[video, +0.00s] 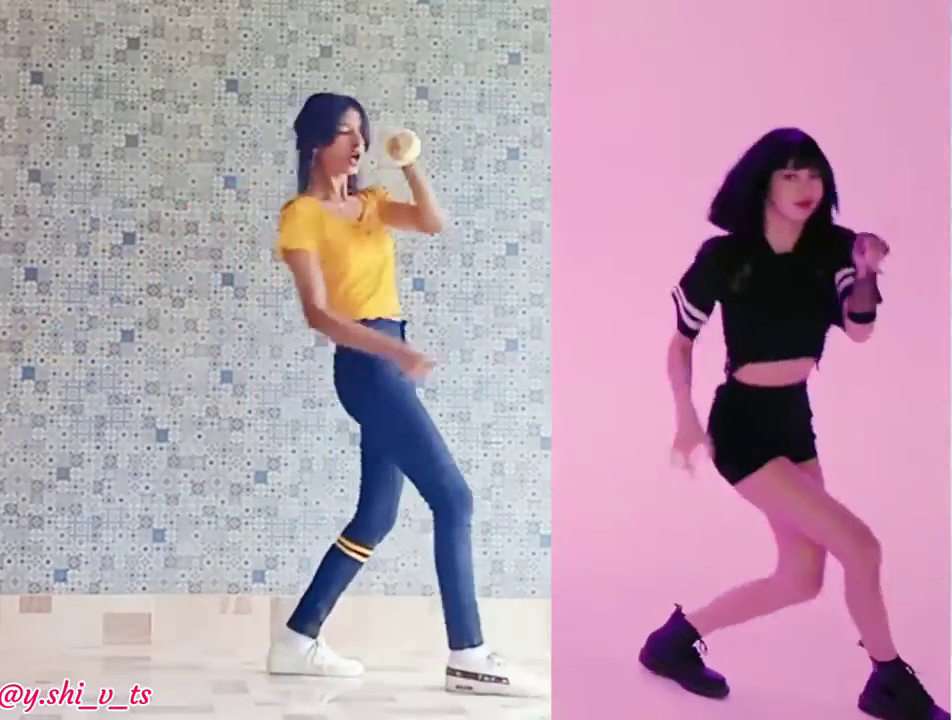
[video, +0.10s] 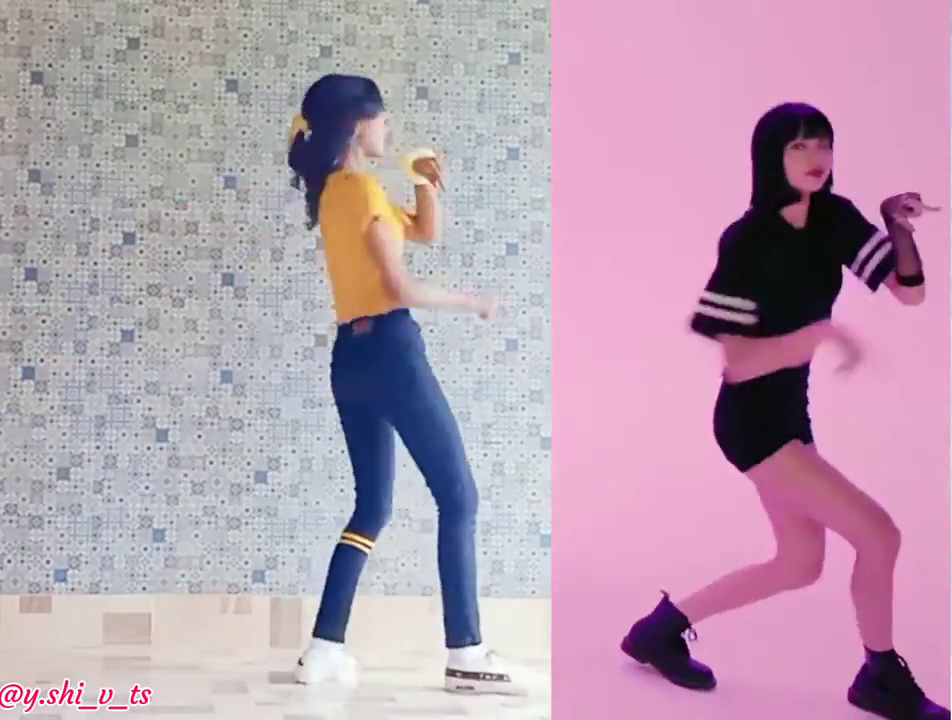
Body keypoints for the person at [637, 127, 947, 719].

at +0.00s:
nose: (806, 186)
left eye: (815, 174)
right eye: (791, 173)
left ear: (825, 185)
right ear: (763, 183)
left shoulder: (829, 248)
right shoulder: (725, 256)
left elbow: (859, 330)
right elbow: (680, 342)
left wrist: (866, 275)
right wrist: (684, 418)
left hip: (795, 418)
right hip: (740, 425)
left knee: (798, 581)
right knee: (859, 545)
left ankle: (676, 637)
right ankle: (889, 677)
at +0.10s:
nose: (816, 157)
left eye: (823, 144)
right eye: (800, 146)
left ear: (833, 153)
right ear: (772, 157)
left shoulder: (833, 216)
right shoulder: (748, 240)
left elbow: (910, 291)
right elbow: (734, 362)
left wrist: (902, 232)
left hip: (788, 405)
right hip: (748, 415)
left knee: (798, 565)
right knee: (877, 535)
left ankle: (663, 626)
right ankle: (880, 672)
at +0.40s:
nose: (775, 98)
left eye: (783, 88)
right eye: (779, 87)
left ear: (802, 96)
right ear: (840, 101)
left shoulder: (754, 155)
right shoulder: (864, 164)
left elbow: (707, 230)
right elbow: (830, 216)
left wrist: (766, 226)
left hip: (757, 341)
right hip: (826, 340)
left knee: (716, 507)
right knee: (832, 501)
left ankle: (700, 662)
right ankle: (847, 648)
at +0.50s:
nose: (786, 74)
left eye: (801, 66)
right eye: (791, 63)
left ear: (835, 85)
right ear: (835, 89)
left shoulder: (781, 152)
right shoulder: (843, 160)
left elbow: (707, 229)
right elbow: (742, 203)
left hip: (767, 338)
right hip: (818, 335)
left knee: (711, 505)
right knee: (810, 495)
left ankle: (687, 661)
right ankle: (832, 644)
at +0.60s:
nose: (780, 74)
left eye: (796, 67)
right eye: (781, 64)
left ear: (828, 88)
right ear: (826, 94)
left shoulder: (786, 148)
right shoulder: (830, 152)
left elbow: (711, 225)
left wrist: (704, 128)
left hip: (766, 340)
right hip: (809, 336)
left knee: (709, 504)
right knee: (803, 496)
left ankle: (678, 662)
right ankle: (825, 645)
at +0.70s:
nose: (765, 76)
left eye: (781, 67)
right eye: (762, 69)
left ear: (814, 83)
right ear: (769, 85)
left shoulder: (779, 139)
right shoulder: (816, 142)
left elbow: (706, 224)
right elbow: (725, 207)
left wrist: (687, 129)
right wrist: (691, 128)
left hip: (756, 338)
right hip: (796, 335)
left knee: (700, 509)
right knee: (789, 496)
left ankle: (666, 662)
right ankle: (815, 645)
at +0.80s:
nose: (759, 74)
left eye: (775, 64)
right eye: (754, 64)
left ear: (806, 79)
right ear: (751, 74)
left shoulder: (773, 137)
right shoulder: (806, 140)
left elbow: (701, 221)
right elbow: (712, 204)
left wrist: (679, 126)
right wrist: (680, 123)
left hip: (746, 338)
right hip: (781, 334)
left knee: (690, 503)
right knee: (778, 495)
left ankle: (658, 665)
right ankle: (809, 648)